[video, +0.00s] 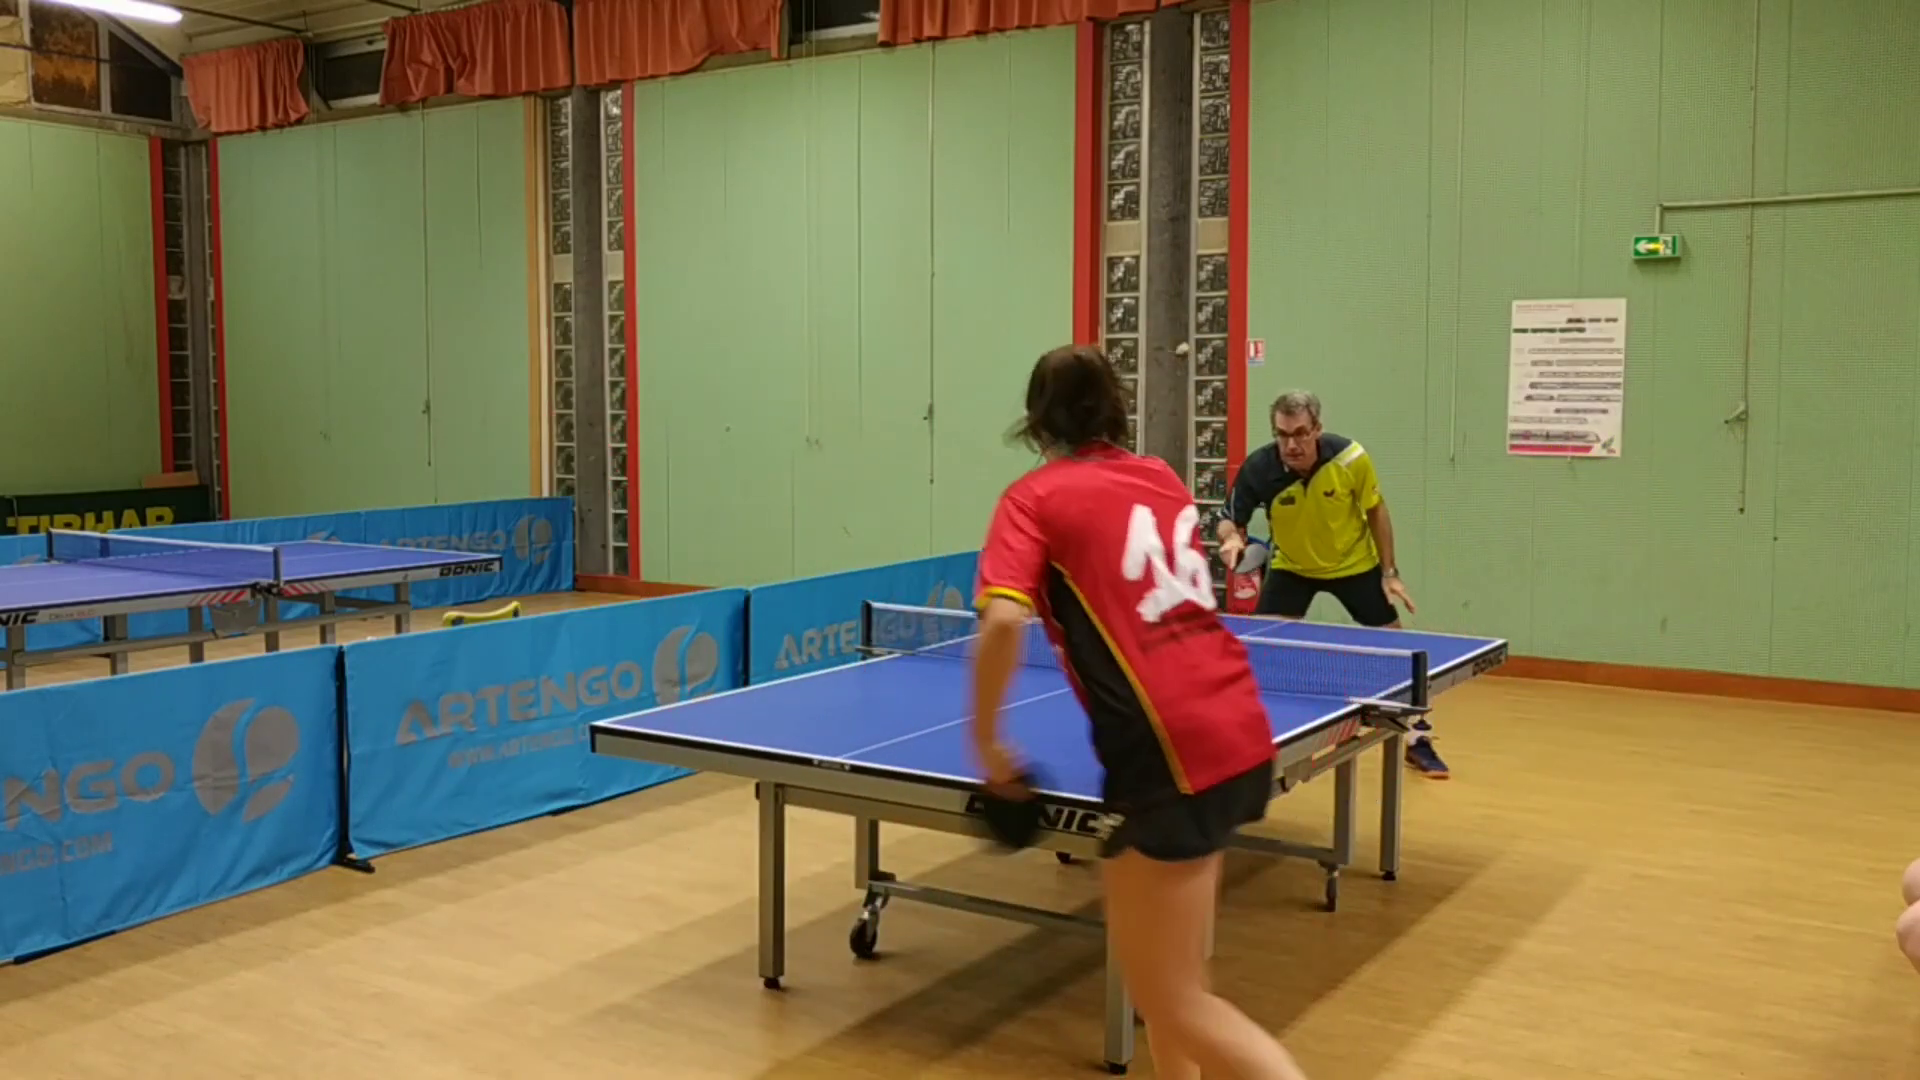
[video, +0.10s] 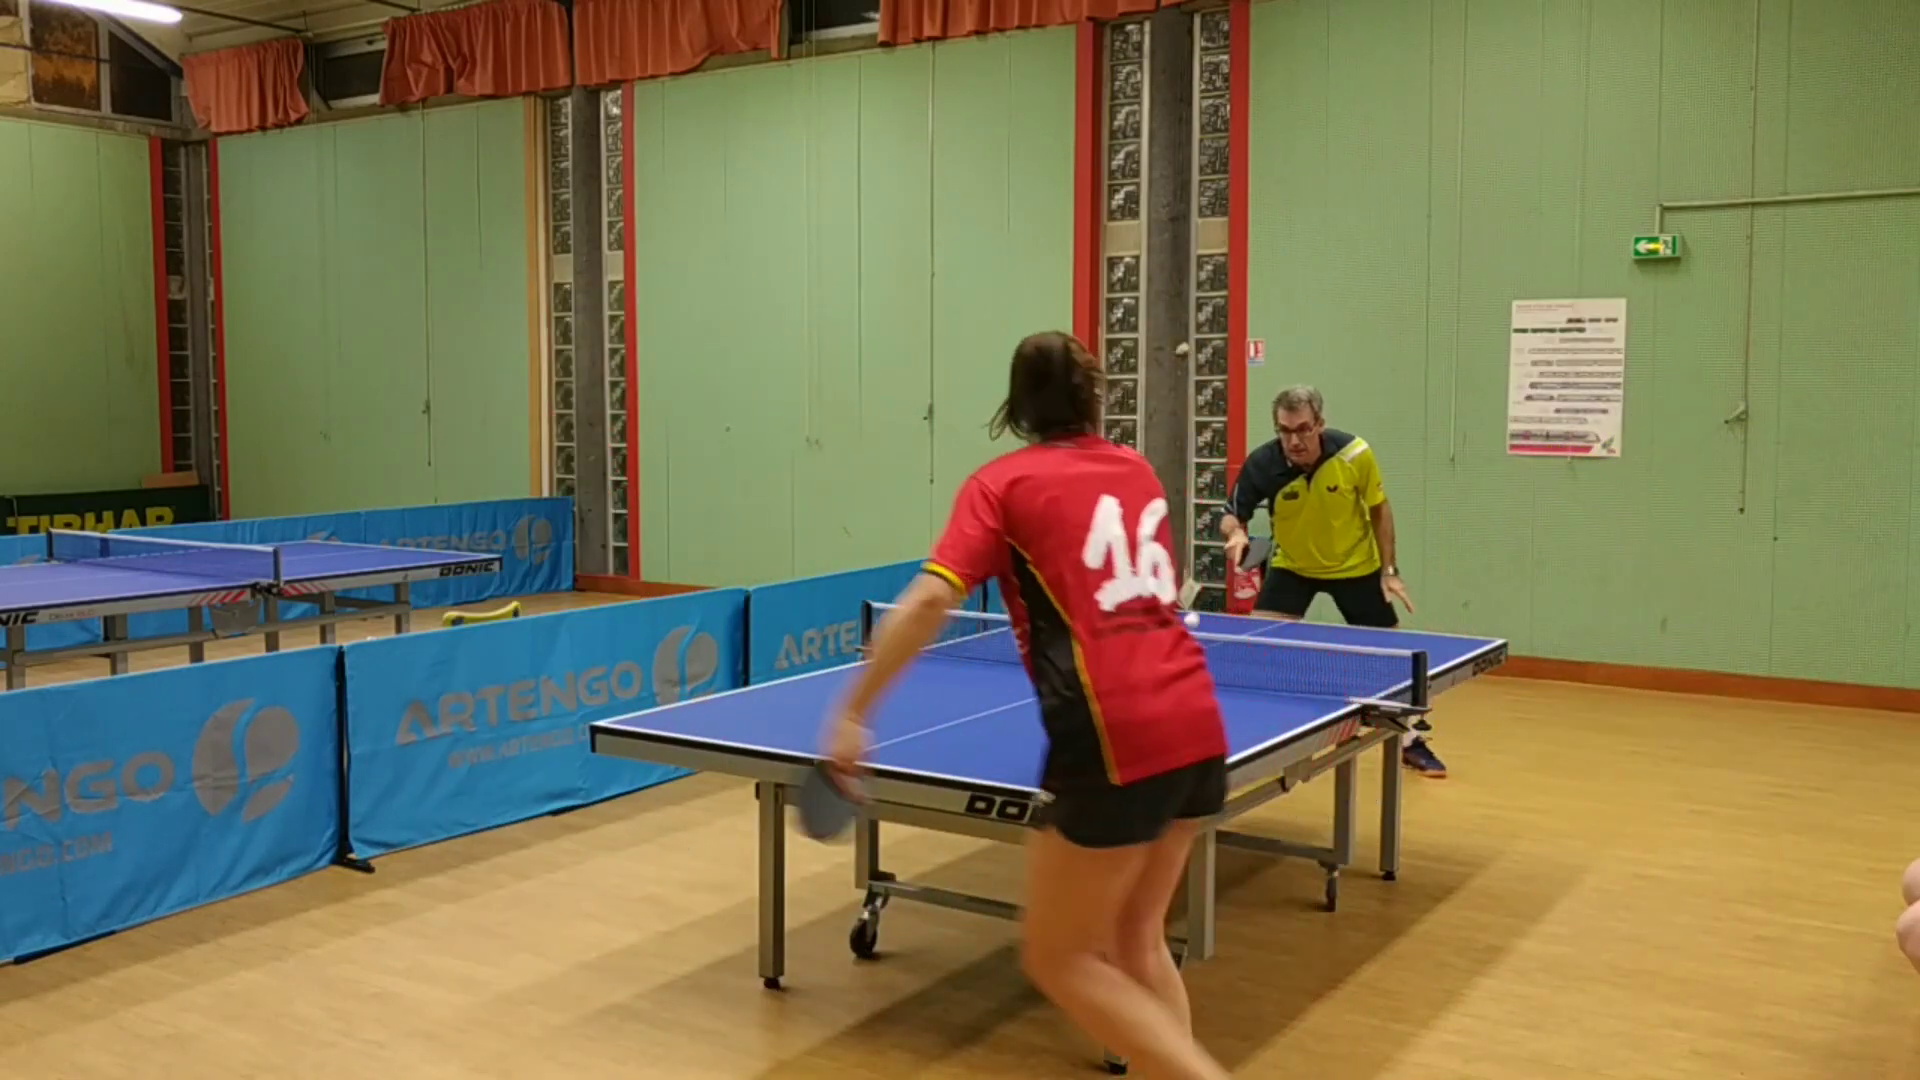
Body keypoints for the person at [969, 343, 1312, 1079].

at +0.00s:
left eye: (1037, 410)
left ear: (1039, 418)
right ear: (1117, 409)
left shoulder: (1034, 498)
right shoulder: (1159, 476)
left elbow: (1005, 621)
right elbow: (1197, 596)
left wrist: (988, 741)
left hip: (1170, 768)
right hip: (1243, 746)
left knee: (1175, 1006)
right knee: (1172, 985)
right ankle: (1176, 1067)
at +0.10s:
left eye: (1016, 391)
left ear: (1015, 402)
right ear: (1089, 396)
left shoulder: (1003, 483)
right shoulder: (1136, 468)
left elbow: (934, 598)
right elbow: (1156, 596)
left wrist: (854, 710)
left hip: (1112, 750)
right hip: (1199, 734)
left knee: (1059, 956)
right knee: (1138, 941)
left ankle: (1196, 1068)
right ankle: (1170, 1071)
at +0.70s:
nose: (875, 450)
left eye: (872, 441)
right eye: (874, 441)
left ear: (783, 453)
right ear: (864, 448)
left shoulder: (739, 546)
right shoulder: (914, 530)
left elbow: (672, 678)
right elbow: (982, 655)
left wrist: (730, 676)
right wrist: (895, 629)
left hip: (780, 803)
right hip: (904, 795)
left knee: (729, 973)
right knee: (1011, 980)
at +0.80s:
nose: (889, 456)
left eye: (885, 445)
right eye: (887, 446)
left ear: (796, 455)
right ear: (876, 454)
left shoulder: (747, 551)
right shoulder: (926, 538)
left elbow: (682, 686)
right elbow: (999, 669)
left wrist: (755, 674)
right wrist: (917, 638)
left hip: (787, 811)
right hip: (913, 806)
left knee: (726, 975)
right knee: (1030, 998)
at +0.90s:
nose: (933, 482)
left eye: (932, 471)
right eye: (932, 471)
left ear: (840, 477)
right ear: (917, 476)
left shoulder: (787, 566)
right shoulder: (956, 565)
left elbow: (729, 696)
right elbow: (1024, 716)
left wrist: (825, 685)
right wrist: (954, 662)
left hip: (797, 846)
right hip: (925, 844)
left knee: (740, 979)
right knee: (1063, 1022)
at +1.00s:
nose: (1008, 516)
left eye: (1009, 502)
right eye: (1008, 502)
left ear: (915, 503)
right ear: (989, 508)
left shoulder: (855, 584)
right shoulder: (1010, 599)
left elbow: (819, 698)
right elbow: (1060, 762)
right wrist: (988, 708)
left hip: (810, 865)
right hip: (934, 869)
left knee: (756, 990)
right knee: (1103, 1019)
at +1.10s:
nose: (1097, 545)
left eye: (1097, 532)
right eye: (1096, 532)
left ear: (1000, 526)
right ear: (1074, 535)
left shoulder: (937, 590)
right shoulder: (1072, 618)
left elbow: (950, 718)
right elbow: (1107, 783)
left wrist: (1069, 711)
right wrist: (1104, 719)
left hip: (833, 844)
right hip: (947, 860)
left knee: (768, 999)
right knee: (1132, 1020)